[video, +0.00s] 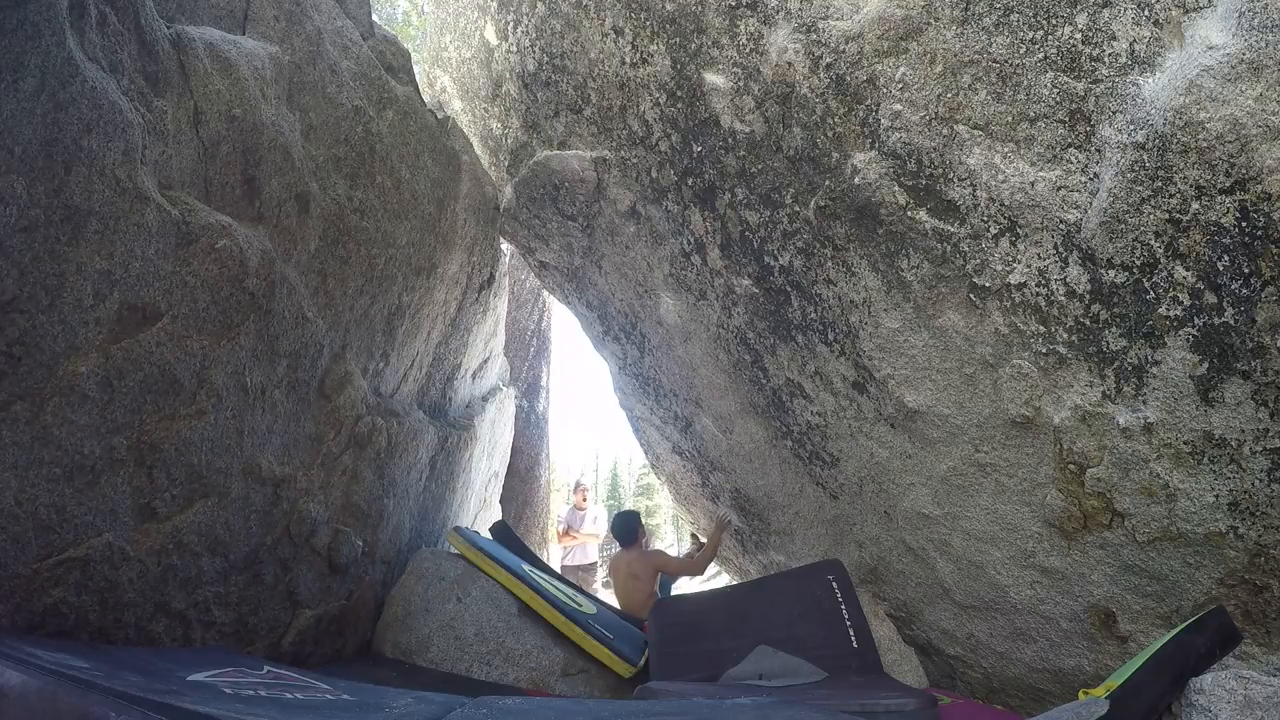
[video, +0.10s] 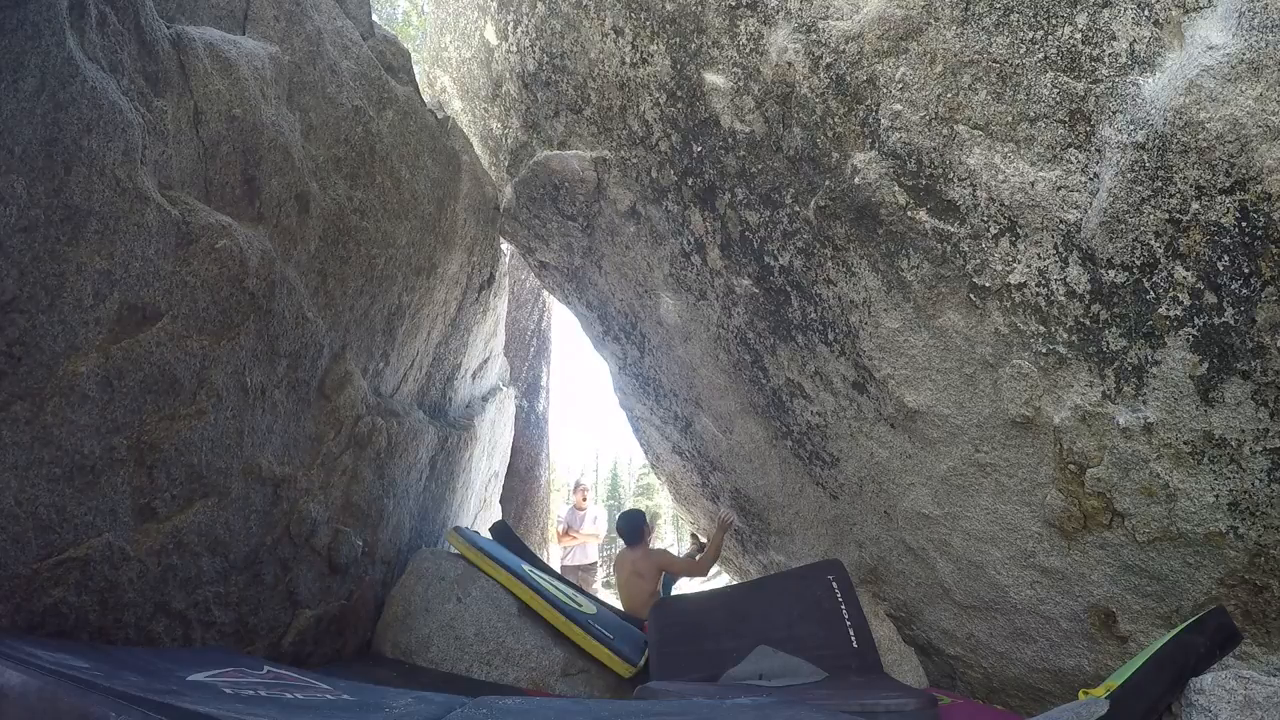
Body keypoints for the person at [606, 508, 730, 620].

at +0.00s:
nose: (645, 530)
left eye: (642, 527)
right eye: (643, 527)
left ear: (617, 537)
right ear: (640, 533)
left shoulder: (615, 561)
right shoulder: (651, 558)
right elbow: (697, 568)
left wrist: (689, 556)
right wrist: (717, 532)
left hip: (630, 622)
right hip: (653, 624)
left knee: (664, 577)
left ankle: (692, 552)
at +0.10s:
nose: (650, 525)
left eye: (647, 522)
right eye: (647, 523)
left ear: (622, 534)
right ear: (645, 529)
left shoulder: (621, 557)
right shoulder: (656, 557)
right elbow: (702, 569)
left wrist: (691, 555)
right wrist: (720, 532)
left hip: (630, 620)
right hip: (652, 624)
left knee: (668, 575)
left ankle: (692, 552)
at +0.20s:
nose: (652, 524)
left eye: (651, 521)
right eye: (651, 522)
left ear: (627, 533)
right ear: (649, 528)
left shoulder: (624, 556)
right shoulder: (660, 556)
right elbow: (704, 571)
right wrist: (721, 533)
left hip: (633, 620)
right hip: (655, 623)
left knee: (670, 574)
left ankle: (693, 551)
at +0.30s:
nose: (656, 523)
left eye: (655, 521)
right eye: (654, 521)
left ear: (631, 533)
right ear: (652, 528)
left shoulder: (628, 554)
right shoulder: (663, 555)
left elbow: (654, 533)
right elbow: (706, 572)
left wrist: (661, 510)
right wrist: (721, 533)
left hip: (634, 620)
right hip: (655, 623)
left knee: (670, 573)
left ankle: (693, 551)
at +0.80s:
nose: (671, 533)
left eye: (671, 529)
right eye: (671, 529)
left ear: (646, 530)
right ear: (664, 531)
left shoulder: (632, 552)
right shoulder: (663, 557)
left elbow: (654, 530)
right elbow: (708, 572)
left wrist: (670, 506)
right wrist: (722, 533)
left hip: (636, 621)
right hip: (655, 623)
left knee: (672, 573)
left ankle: (694, 550)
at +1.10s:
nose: (673, 543)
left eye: (675, 539)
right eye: (674, 538)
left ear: (651, 531)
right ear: (665, 533)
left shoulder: (633, 552)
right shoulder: (661, 558)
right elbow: (708, 573)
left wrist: (670, 507)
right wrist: (719, 540)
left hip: (636, 620)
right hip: (654, 624)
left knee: (670, 574)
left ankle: (694, 550)